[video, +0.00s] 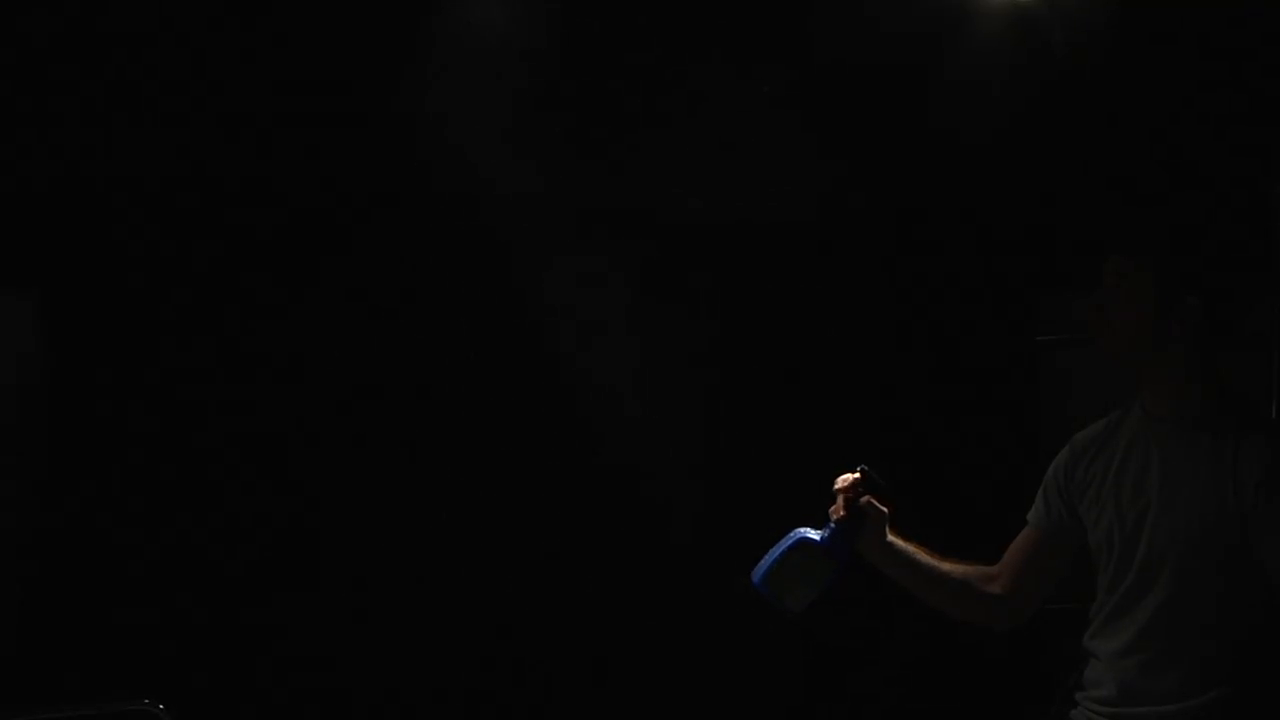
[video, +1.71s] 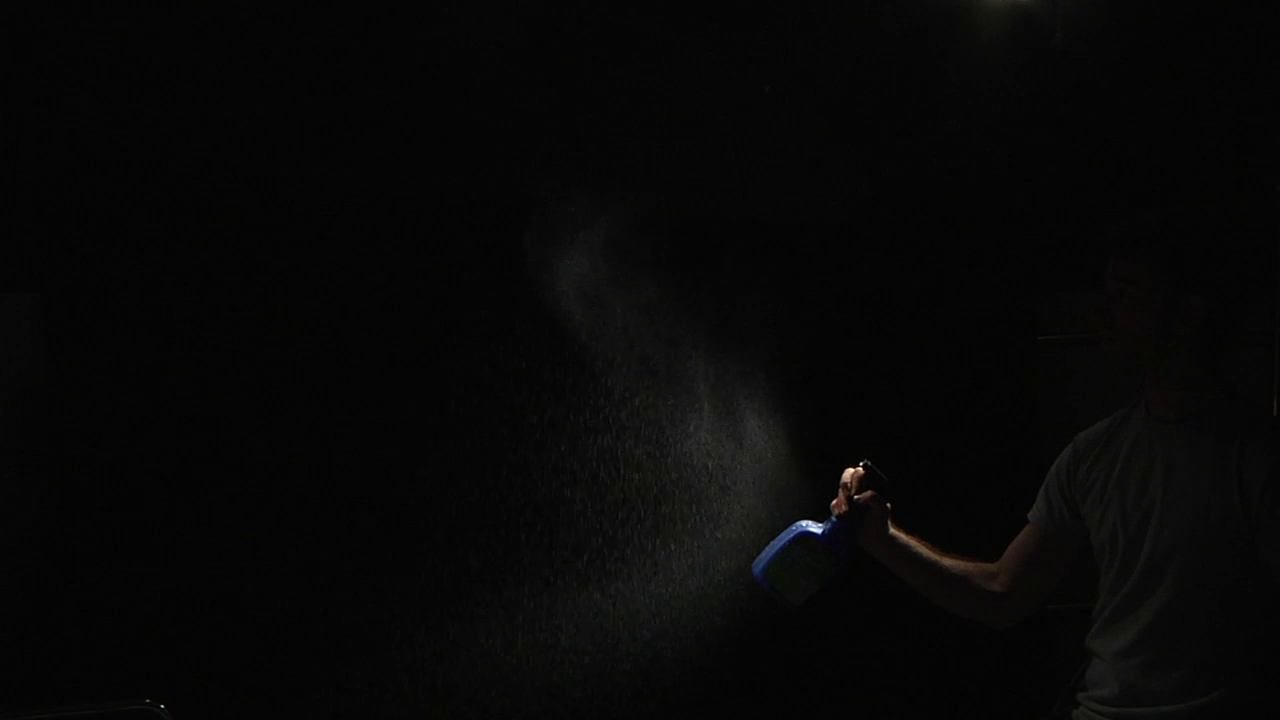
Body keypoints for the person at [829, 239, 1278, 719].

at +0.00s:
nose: (1101, 311)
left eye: (1122, 292)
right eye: (1107, 292)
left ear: (1178, 308)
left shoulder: (1246, 445)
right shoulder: (1092, 456)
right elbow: (1003, 595)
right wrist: (880, 544)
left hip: (1215, 699)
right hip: (1105, 699)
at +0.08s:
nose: (1101, 313)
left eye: (1122, 296)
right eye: (1107, 296)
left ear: (1177, 311)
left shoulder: (1246, 445)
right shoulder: (1093, 454)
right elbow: (1003, 595)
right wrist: (879, 543)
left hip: (1214, 698)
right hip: (1106, 698)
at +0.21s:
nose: (1101, 312)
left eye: (1122, 294)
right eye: (1107, 294)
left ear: (1177, 311)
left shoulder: (1245, 445)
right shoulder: (1093, 454)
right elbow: (1003, 595)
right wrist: (880, 544)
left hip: (1213, 699)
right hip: (1105, 700)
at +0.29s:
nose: (1102, 313)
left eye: (1123, 295)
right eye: (1109, 295)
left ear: (1179, 311)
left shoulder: (1246, 444)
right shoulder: (1093, 456)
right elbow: (1005, 593)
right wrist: (881, 545)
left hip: (1215, 696)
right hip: (1107, 697)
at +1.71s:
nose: (1106, 310)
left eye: (1127, 290)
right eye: (1111, 290)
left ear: (1185, 306)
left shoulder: (1252, 443)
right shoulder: (1093, 457)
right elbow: (1002, 592)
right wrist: (883, 537)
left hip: (1222, 697)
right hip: (1105, 700)